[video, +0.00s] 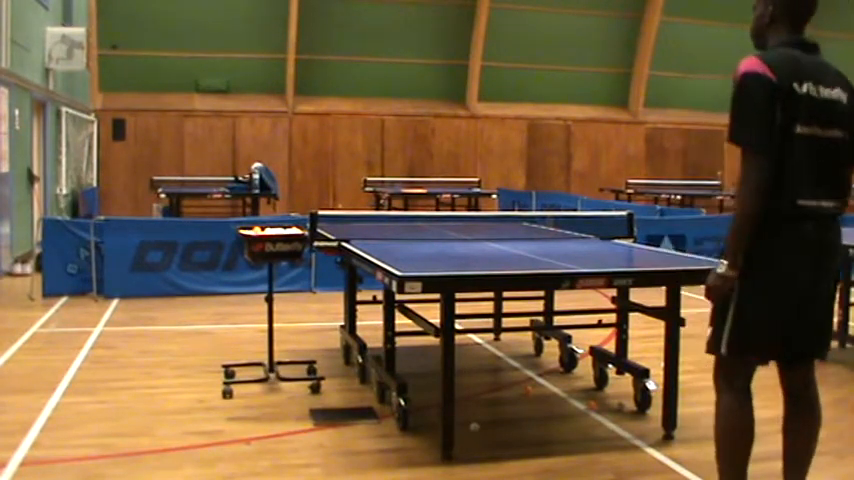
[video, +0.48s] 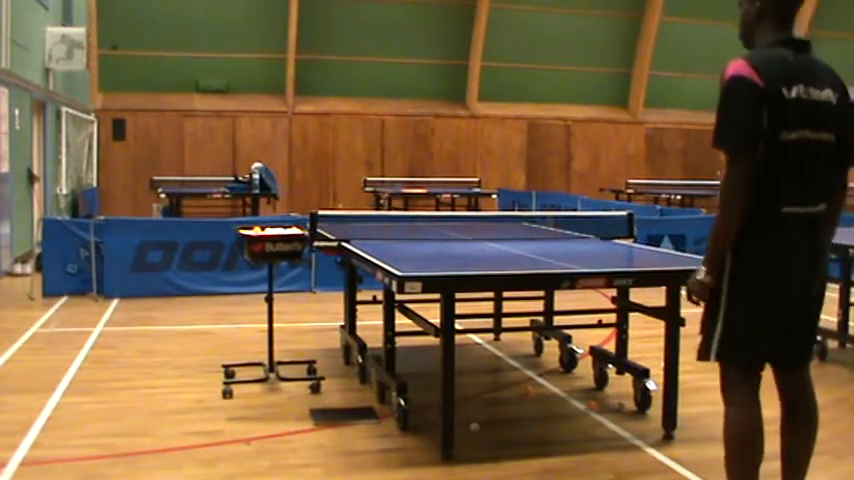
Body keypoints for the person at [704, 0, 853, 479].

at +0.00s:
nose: (750, 18)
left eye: (754, 9)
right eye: (753, 10)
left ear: (767, 12)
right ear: (804, 19)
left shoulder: (759, 70)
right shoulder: (839, 81)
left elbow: (755, 178)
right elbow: (843, 183)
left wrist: (729, 264)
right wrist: (814, 234)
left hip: (768, 247)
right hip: (820, 250)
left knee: (732, 375)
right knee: (799, 373)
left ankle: (731, 475)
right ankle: (794, 476)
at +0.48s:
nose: (738, 20)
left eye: (741, 10)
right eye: (741, 11)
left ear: (754, 11)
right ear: (791, 17)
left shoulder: (747, 73)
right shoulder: (831, 81)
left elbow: (737, 181)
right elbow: (839, 184)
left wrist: (710, 267)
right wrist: (817, 250)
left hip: (755, 252)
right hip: (808, 252)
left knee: (739, 381)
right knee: (794, 374)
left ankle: (743, 476)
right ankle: (793, 475)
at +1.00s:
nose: (706, 26)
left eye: (706, 17)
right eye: (707, 17)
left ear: (717, 16)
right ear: (758, 14)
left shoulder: (714, 76)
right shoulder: (818, 75)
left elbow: (708, 187)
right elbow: (837, 185)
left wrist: (686, 281)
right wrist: (800, 233)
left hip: (747, 254)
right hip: (805, 252)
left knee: (745, 394)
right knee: (788, 380)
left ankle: (748, 473)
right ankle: (793, 475)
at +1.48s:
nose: (750, 25)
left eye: (750, 16)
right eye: (751, 17)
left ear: (757, 14)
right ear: (805, 12)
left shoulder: (755, 70)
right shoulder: (846, 67)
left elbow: (742, 185)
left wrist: (713, 273)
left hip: (772, 259)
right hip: (836, 257)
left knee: (748, 394)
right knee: (825, 394)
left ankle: (744, 477)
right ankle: (828, 475)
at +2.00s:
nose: (776, 28)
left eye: (776, 18)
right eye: (776, 19)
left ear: (787, 16)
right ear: (827, 13)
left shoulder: (790, 65)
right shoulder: (851, 59)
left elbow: (789, 159)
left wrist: (751, 181)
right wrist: (775, 169)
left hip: (800, 248)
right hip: (848, 248)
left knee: (763, 392)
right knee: (839, 396)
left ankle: (756, 478)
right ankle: (836, 474)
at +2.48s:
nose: (736, 31)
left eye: (738, 20)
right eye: (738, 21)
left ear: (749, 19)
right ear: (792, 19)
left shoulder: (749, 74)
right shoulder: (842, 77)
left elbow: (710, 165)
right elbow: (844, 160)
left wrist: (718, 94)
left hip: (758, 246)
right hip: (819, 247)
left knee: (735, 392)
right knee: (809, 391)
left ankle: (719, 474)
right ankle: (819, 477)